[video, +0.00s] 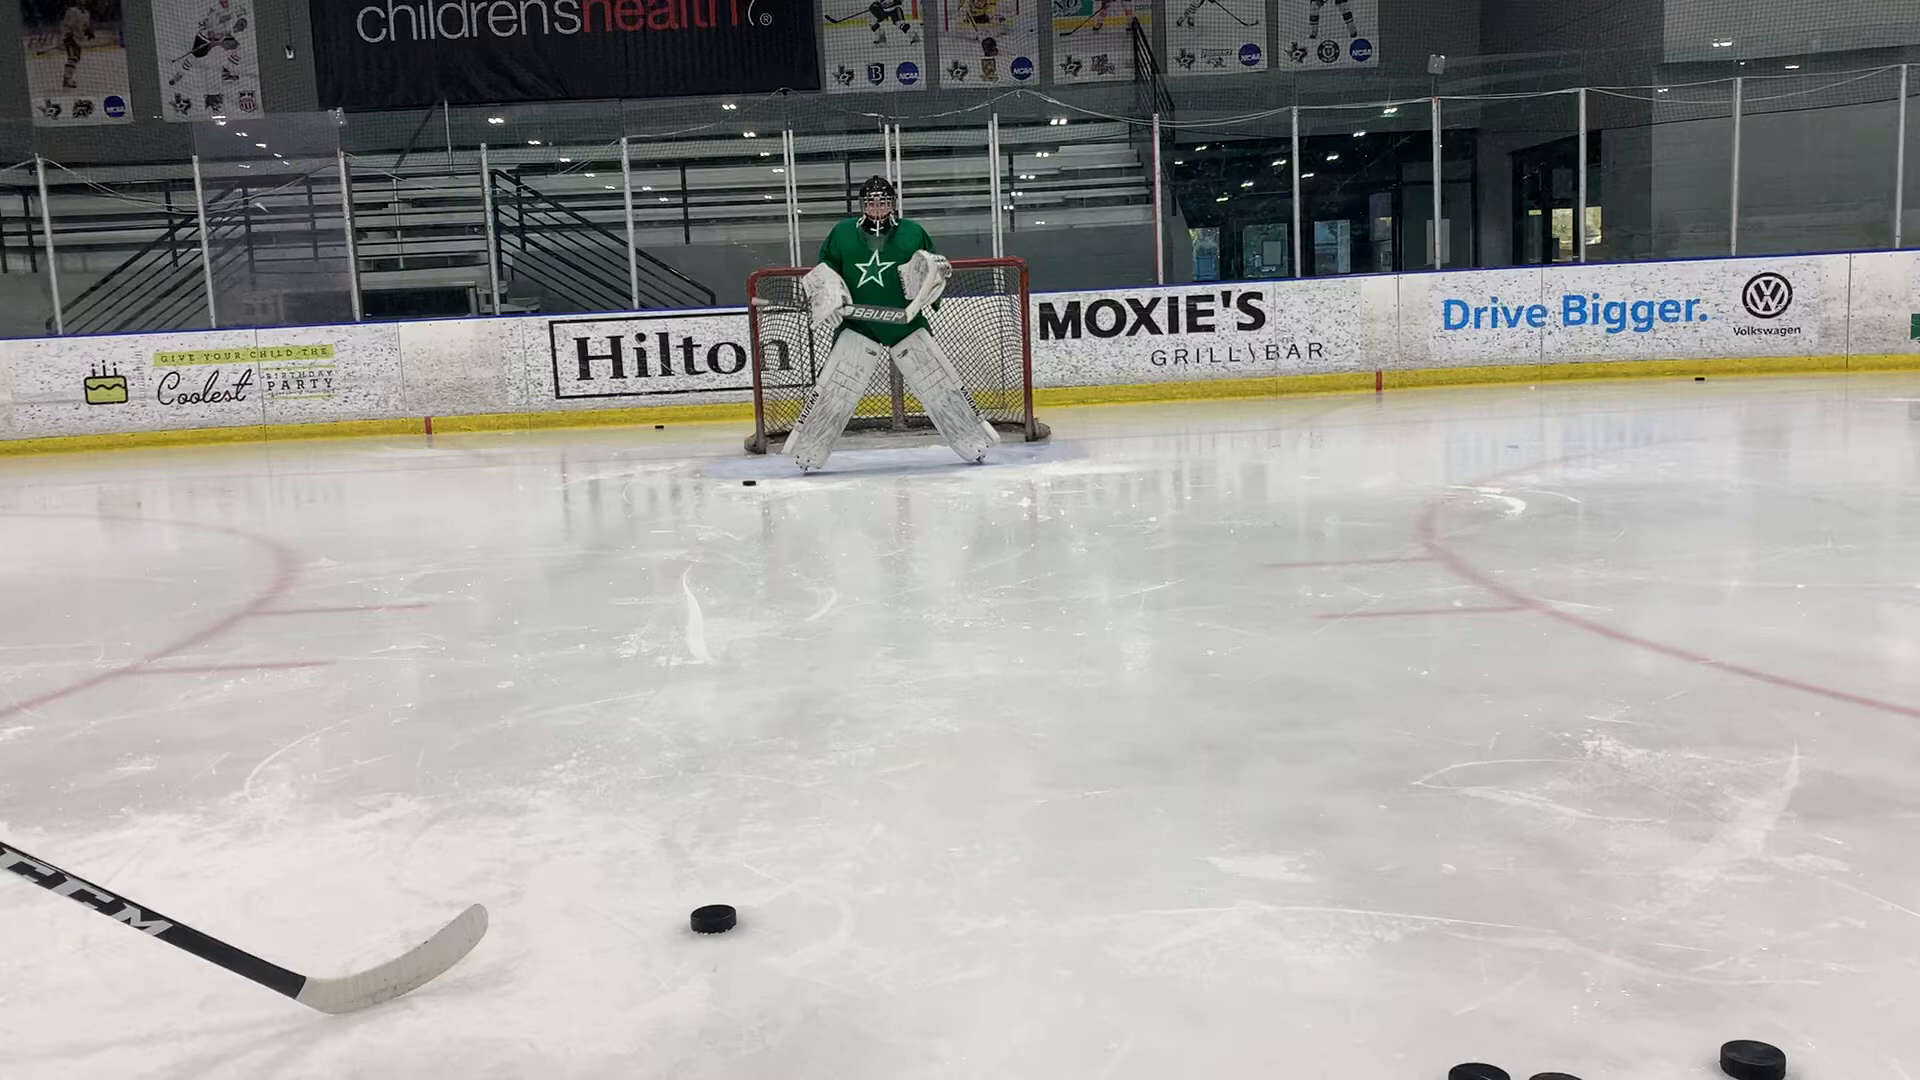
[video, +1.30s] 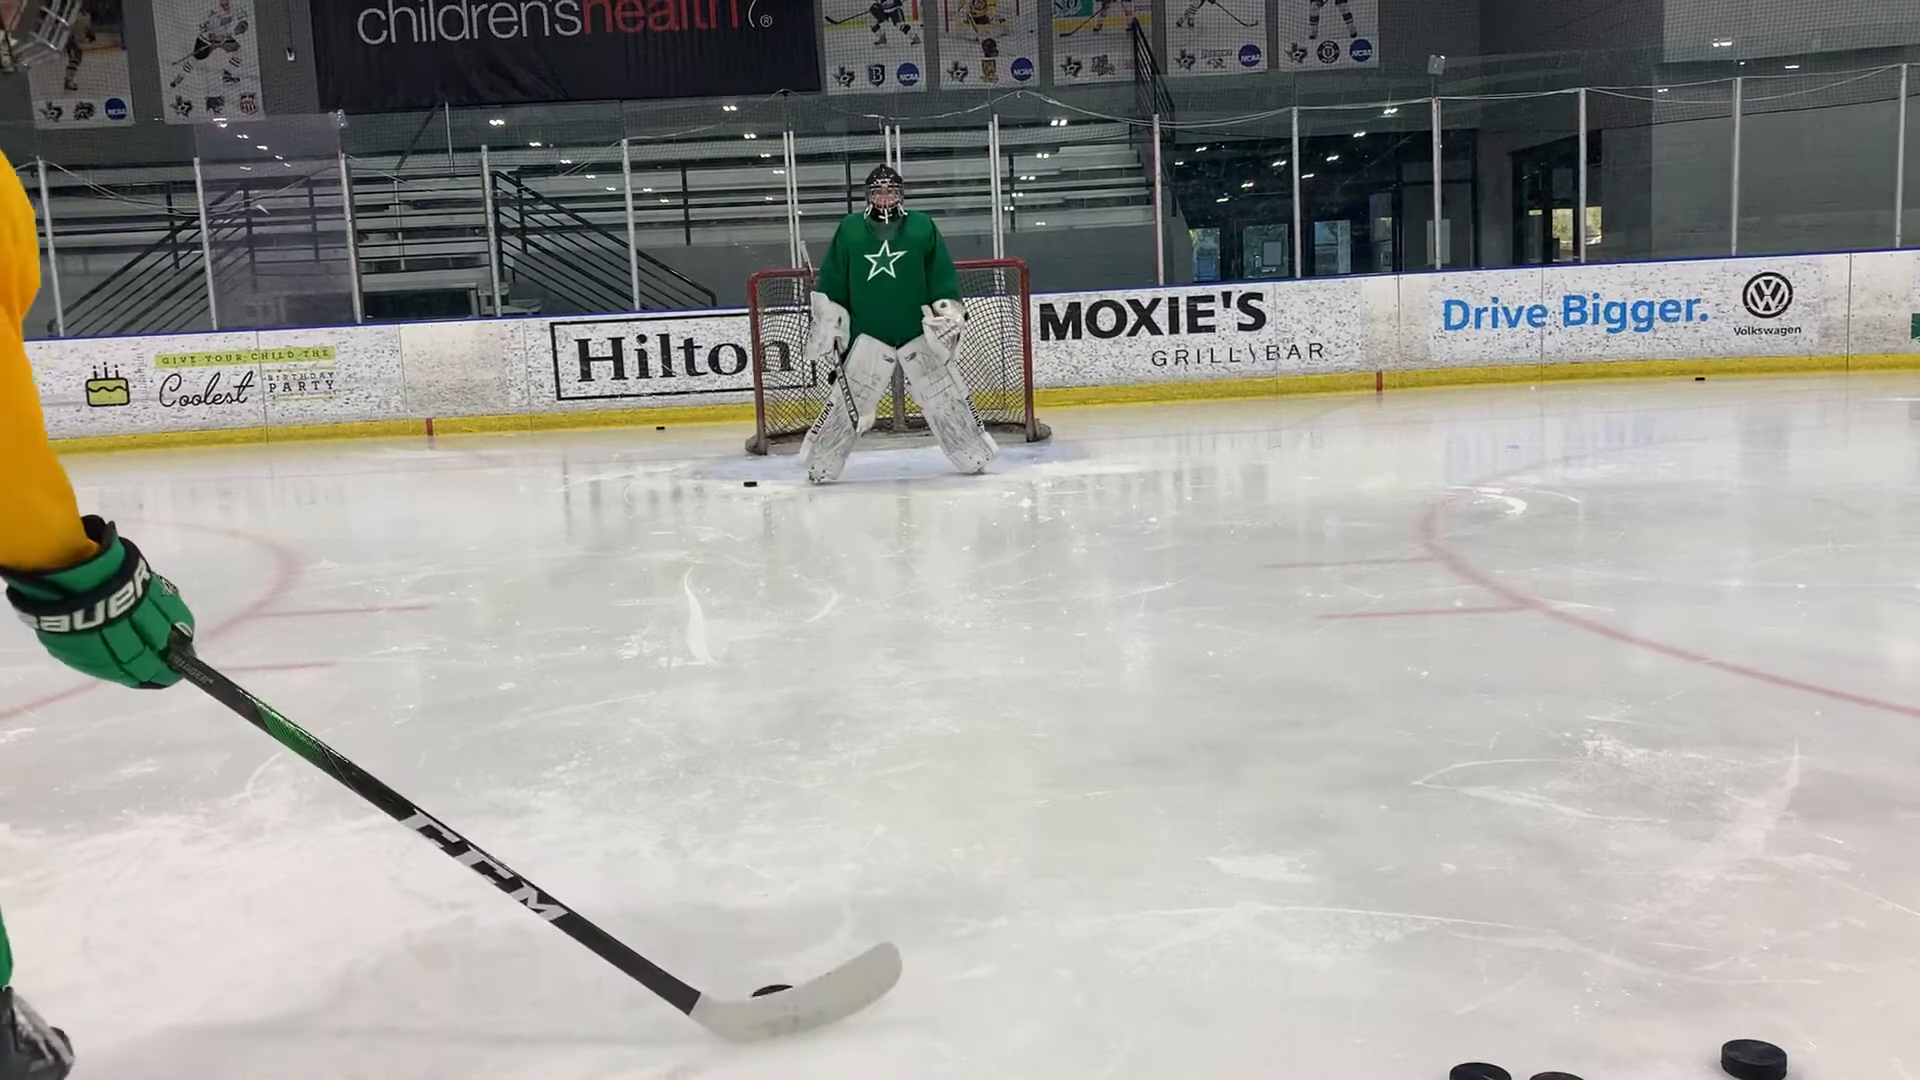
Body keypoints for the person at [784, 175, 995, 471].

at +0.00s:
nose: (877, 207)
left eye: (882, 201)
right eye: (872, 201)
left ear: (893, 204)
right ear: (862, 204)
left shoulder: (912, 233)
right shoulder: (843, 234)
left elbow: (935, 279)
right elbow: (823, 273)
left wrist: (930, 272)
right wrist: (829, 294)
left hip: (907, 326)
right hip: (859, 327)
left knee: (941, 386)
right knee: (834, 391)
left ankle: (973, 445)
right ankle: (810, 454)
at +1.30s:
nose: (884, 197)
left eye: (890, 191)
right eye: (878, 191)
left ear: (900, 194)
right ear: (868, 195)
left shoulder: (922, 227)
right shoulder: (851, 229)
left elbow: (942, 276)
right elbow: (832, 283)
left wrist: (949, 317)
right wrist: (827, 331)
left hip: (918, 330)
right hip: (868, 333)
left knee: (945, 396)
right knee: (849, 403)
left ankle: (973, 458)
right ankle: (823, 467)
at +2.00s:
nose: (892, 246)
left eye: (898, 239)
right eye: (887, 240)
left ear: (908, 240)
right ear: (875, 241)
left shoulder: (924, 265)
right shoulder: (855, 269)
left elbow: (948, 309)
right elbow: (832, 314)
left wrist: (950, 286)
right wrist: (823, 360)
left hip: (924, 346)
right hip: (874, 350)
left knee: (960, 399)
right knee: (850, 407)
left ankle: (996, 459)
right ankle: (815, 468)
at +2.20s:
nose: (896, 285)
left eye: (902, 278)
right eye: (890, 279)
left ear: (912, 279)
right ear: (881, 280)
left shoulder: (928, 301)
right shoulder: (861, 305)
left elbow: (960, 350)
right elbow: (836, 341)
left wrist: (948, 320)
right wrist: (831, 380)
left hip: (927, 374)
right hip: (880, 380)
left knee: (964, 414)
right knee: (855, 426)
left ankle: (1009, 457)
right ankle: (813, 468)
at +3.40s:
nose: (902, 305)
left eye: (907, 298)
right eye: (896, 298)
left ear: (918, 298)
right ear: (886, 298)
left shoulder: (936, 317)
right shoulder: (865, 319)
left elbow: (964, 370)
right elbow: (834, 352)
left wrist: (962, 347)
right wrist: (834, 388)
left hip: (931, 402)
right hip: (880, 408)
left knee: (961, 410)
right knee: (853, 437)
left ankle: (1008, 453)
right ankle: (815, 467)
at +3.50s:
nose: (906, 308)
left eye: (912, 302)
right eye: (900, 302)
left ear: (920, 300)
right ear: (889, 300)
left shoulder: (938, 321)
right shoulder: (865, 319)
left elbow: (963, 365)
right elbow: (834, 355)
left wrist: (982, 358)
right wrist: (847, 379)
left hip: (935, 418)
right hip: (883, 419)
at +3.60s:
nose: (916, 314)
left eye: (921, 308)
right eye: (909, 309)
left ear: (927, 305)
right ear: (893, 306)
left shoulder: (944, 327)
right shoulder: (870, 326)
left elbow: (957, 369)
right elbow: (842, 364)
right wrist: (858, 391)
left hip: (938, 424)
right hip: (888, 426)